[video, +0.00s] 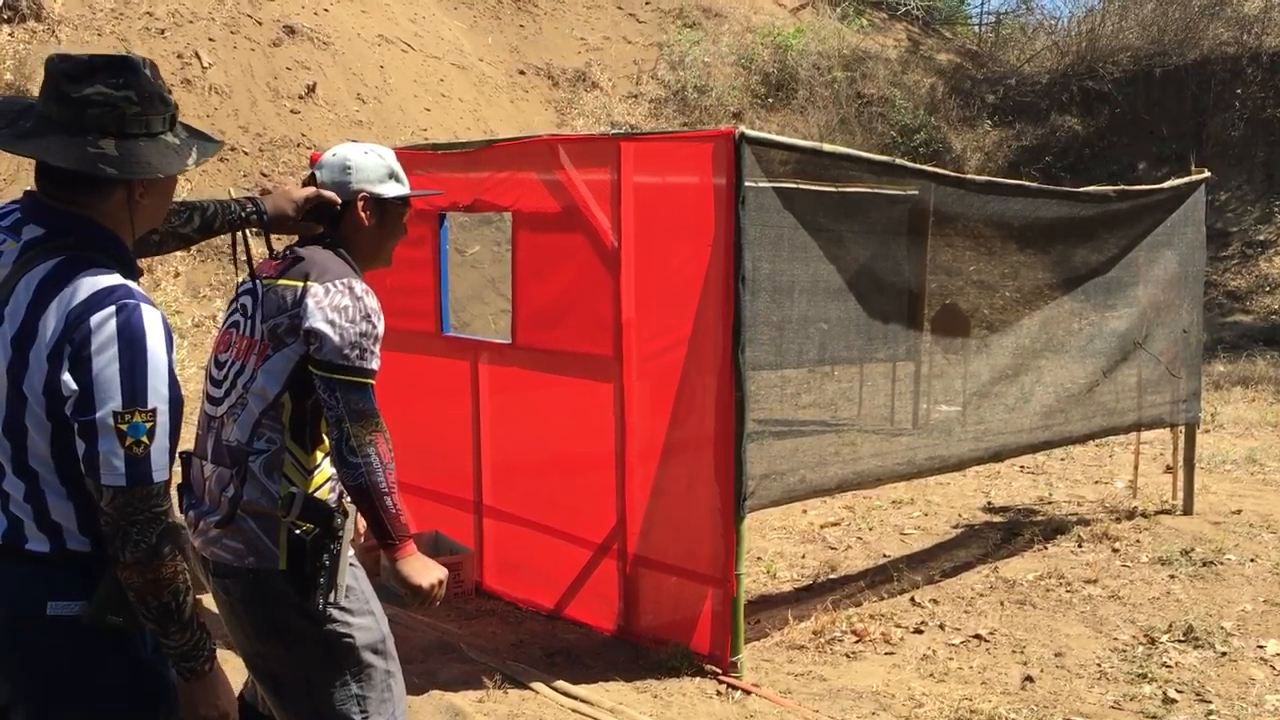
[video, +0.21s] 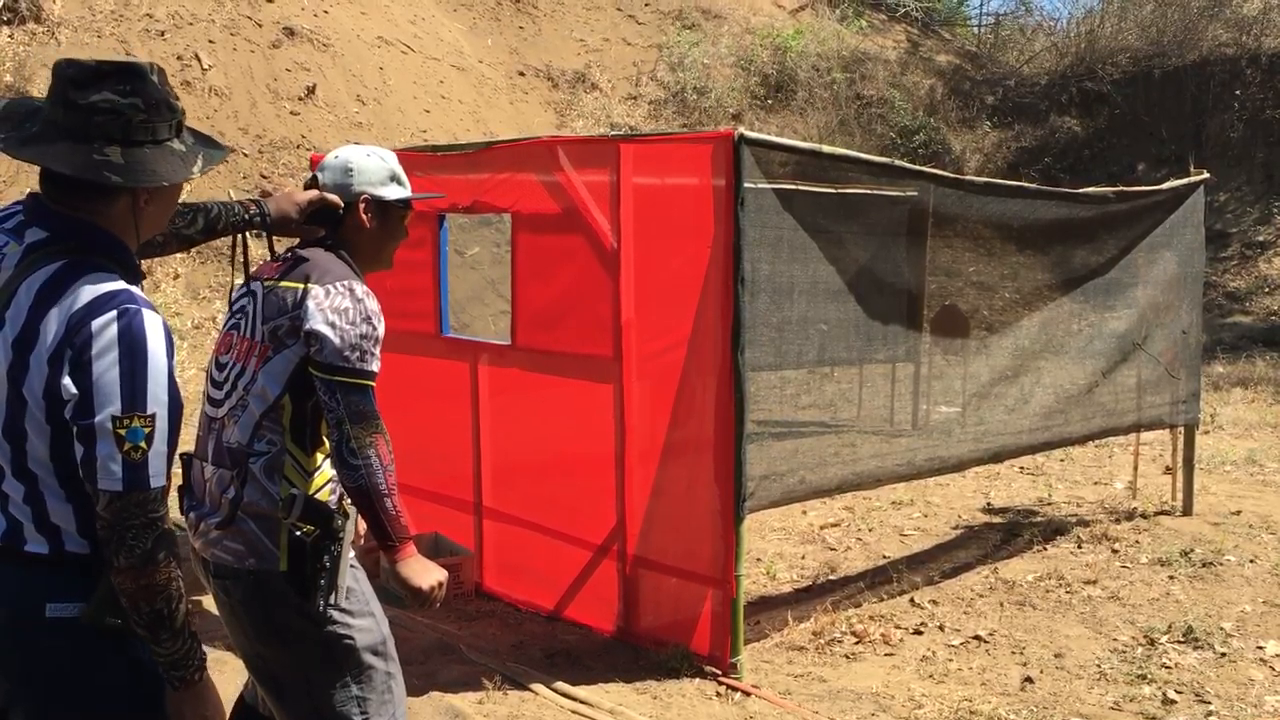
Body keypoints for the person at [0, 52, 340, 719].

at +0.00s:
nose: (178, 184)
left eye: (179, 169)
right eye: (172, 170)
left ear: (50, 163)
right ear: (137, 186)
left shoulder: (11, 231)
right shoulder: (116, 317)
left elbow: (138, 227)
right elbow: (140, 528)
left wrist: (260, 208)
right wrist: (199, 669)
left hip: (13, 573)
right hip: (80, 606)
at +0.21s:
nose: (182, 191)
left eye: (184, 176)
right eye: (176, 177)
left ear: (53, 168)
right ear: (140, 195)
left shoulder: (16, 231)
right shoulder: (119, 323)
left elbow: (141, 226)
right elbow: (135, 538)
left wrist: (264, 209)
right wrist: (190, 677)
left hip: (14, 574)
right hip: (77, 609)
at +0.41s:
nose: (183, 192)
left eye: (185, 178)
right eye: (177, 179)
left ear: (53, 168)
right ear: (139, 196)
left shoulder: (13, 232)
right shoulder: (118, 325)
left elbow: (142, 224)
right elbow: (133, 537)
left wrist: (266, 209)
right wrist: (190, 678)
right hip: (74, 608)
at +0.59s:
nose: (183, 191)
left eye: (184, 178)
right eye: (175, 179)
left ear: (53, 168)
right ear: (138, 195)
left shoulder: (15, 230)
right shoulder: (115, 324)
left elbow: (144, 223)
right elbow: (132, 536)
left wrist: (269, 208)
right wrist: (193, 678)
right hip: (70, 609)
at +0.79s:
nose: (182, 189)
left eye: (182, 176)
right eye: (174, 177)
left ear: (53, 167)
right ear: (134, 194)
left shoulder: (14, 228)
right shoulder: (113, 322)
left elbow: (146, 221)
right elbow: (128, 533)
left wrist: (272, 206)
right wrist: (187, 677)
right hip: (68, 607)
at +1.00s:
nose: (181, 188)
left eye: (181, 174)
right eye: (172, 175)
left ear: (51, 165)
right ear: (134, 191)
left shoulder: (13, 226)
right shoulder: (110, 320)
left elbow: (144, 219)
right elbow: (126, 534)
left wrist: (269, 206)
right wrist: (182, 676)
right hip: (64, 609)